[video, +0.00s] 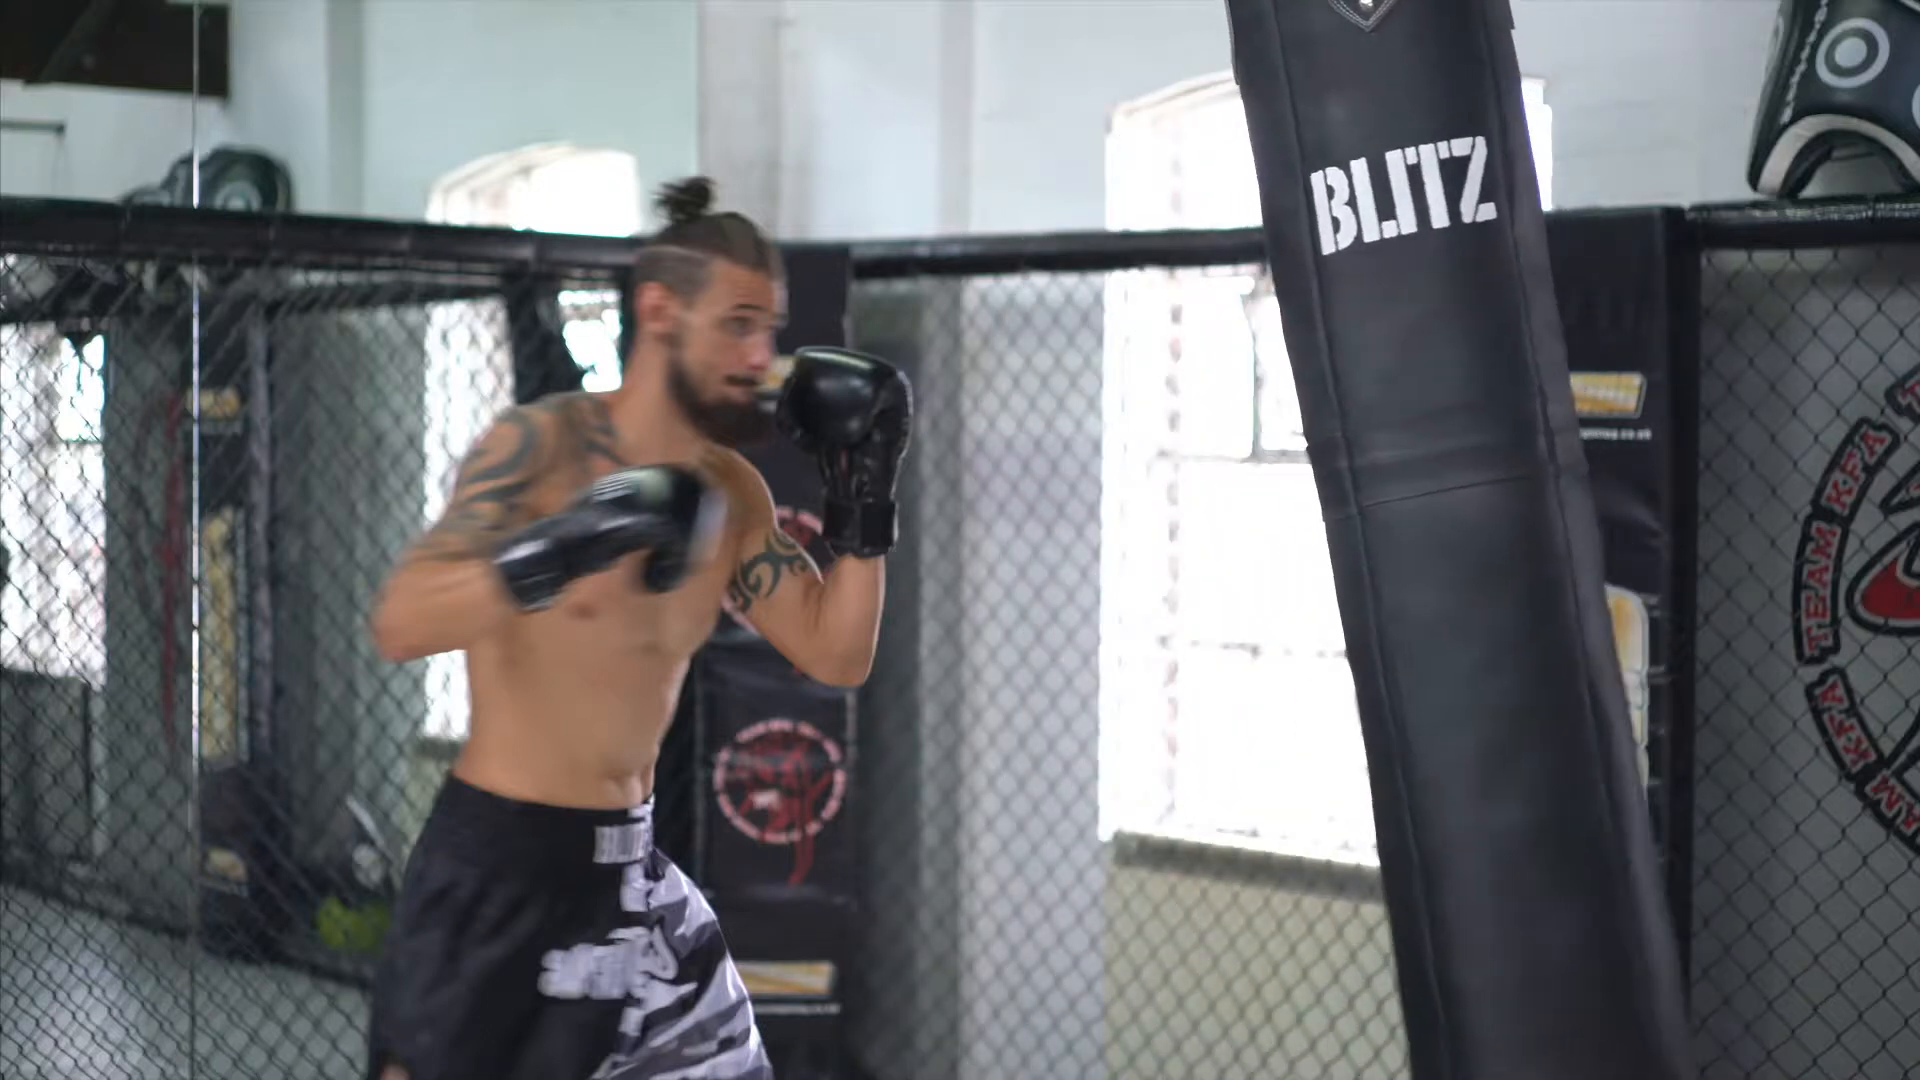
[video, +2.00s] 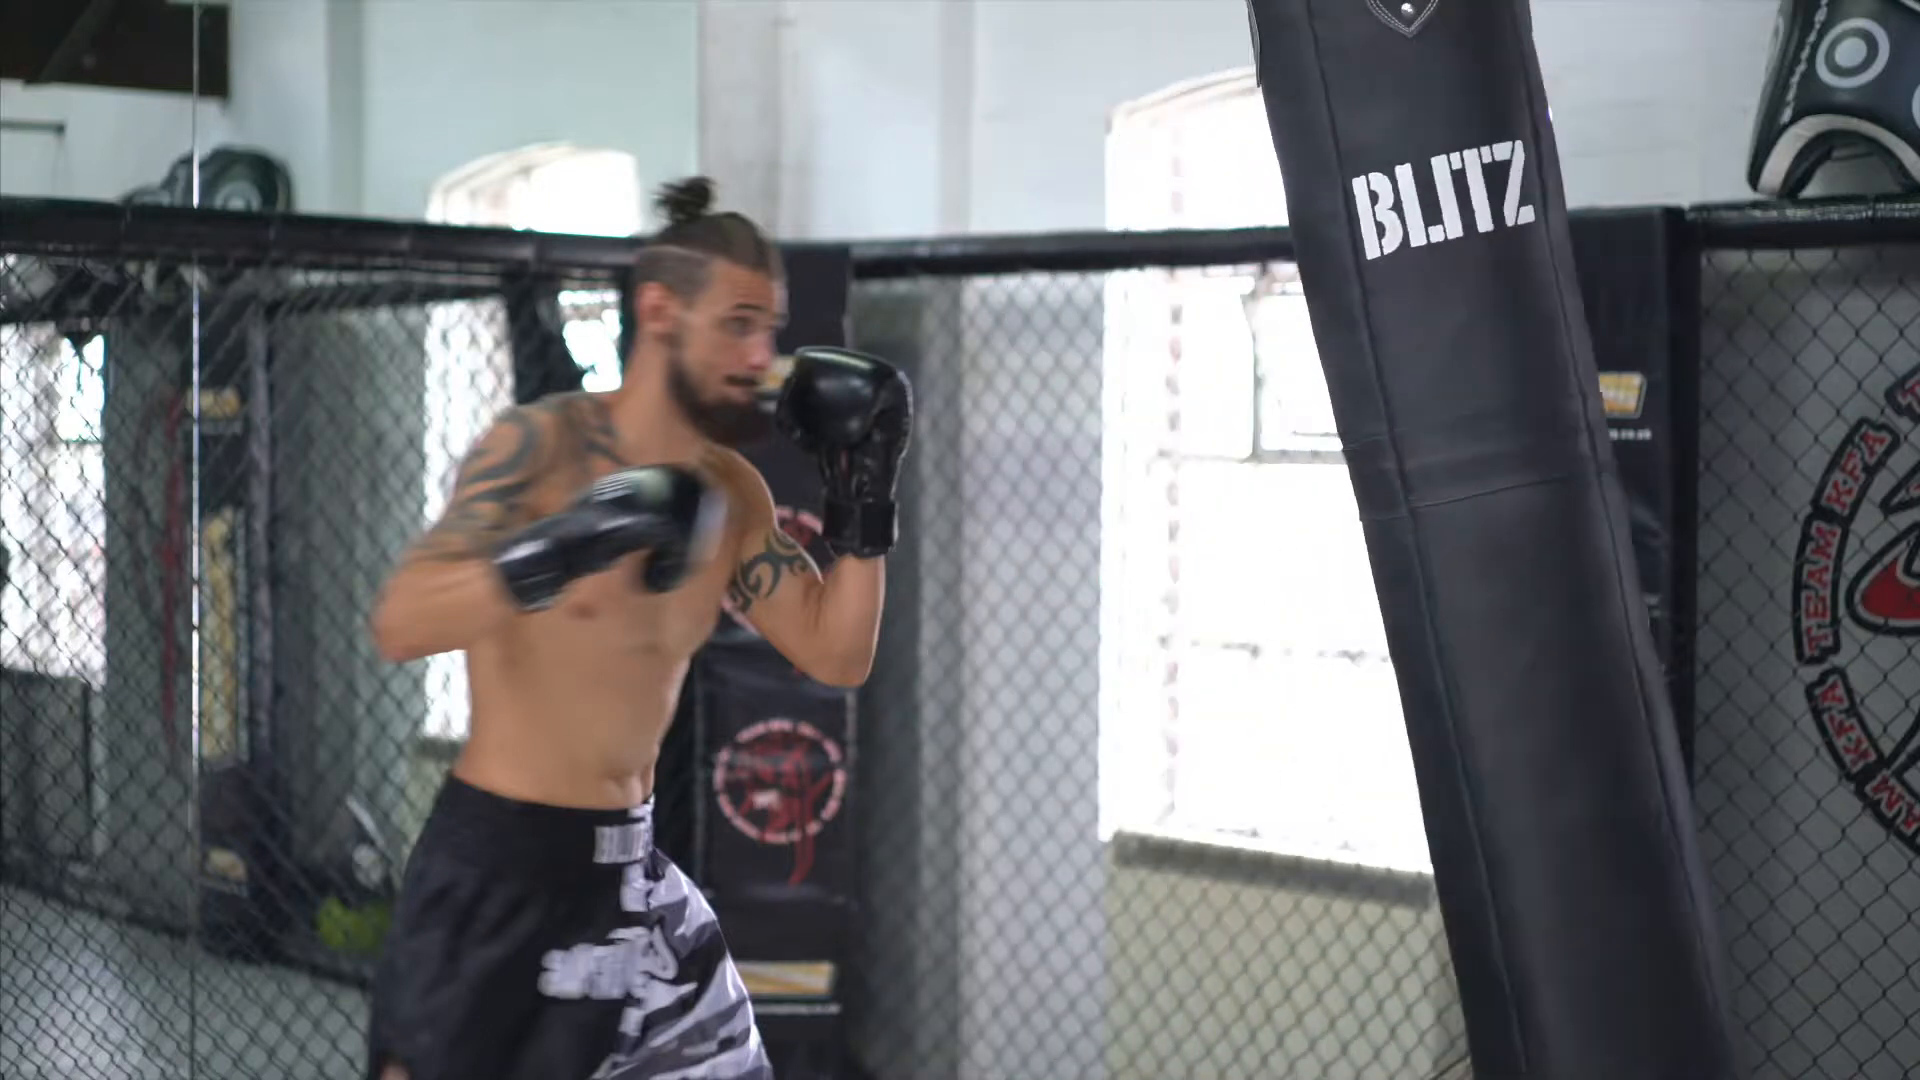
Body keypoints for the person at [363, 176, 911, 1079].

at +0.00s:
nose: (762, 358)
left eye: (772, 332)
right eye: (739, 326)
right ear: (656, 310)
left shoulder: (733, 492)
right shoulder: (540, 439)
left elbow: (839, 655)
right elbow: (401, 623)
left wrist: (865, 483)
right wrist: (568, 547)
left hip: (636, 867)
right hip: (500, 866)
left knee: (732, 1066)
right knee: (442, 1065)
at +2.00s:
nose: (762, 358)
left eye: (772, 331)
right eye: (739, 325)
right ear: (656, 310)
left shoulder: (734, 493)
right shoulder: (539, 440)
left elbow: (839, 655)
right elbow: (401, 623)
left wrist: (864, 483)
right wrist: (569, 547)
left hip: (636, 868)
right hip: (500, 866)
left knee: (732, 1066)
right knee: (442, 1065)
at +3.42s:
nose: (762, 357)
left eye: (772, 331)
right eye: (739, 325)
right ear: (656, 309)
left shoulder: (733, 492)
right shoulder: (537, 441)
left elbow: (839, 655)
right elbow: (400, 623)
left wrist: (865, 480)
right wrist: (569, 546)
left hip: (636, 866)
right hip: (501, 865)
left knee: (731, 1066)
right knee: (442, 1065)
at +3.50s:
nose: (763, 357)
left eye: (773, 331)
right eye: (740, 325)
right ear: (656, 309)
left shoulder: (733, 492)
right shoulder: (538, 440)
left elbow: (839, 655)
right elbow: (400, 623)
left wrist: (866, 481)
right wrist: (568, 546)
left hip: (636, 867)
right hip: (500, 865)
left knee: (731, 1066)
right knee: (443, 1064)